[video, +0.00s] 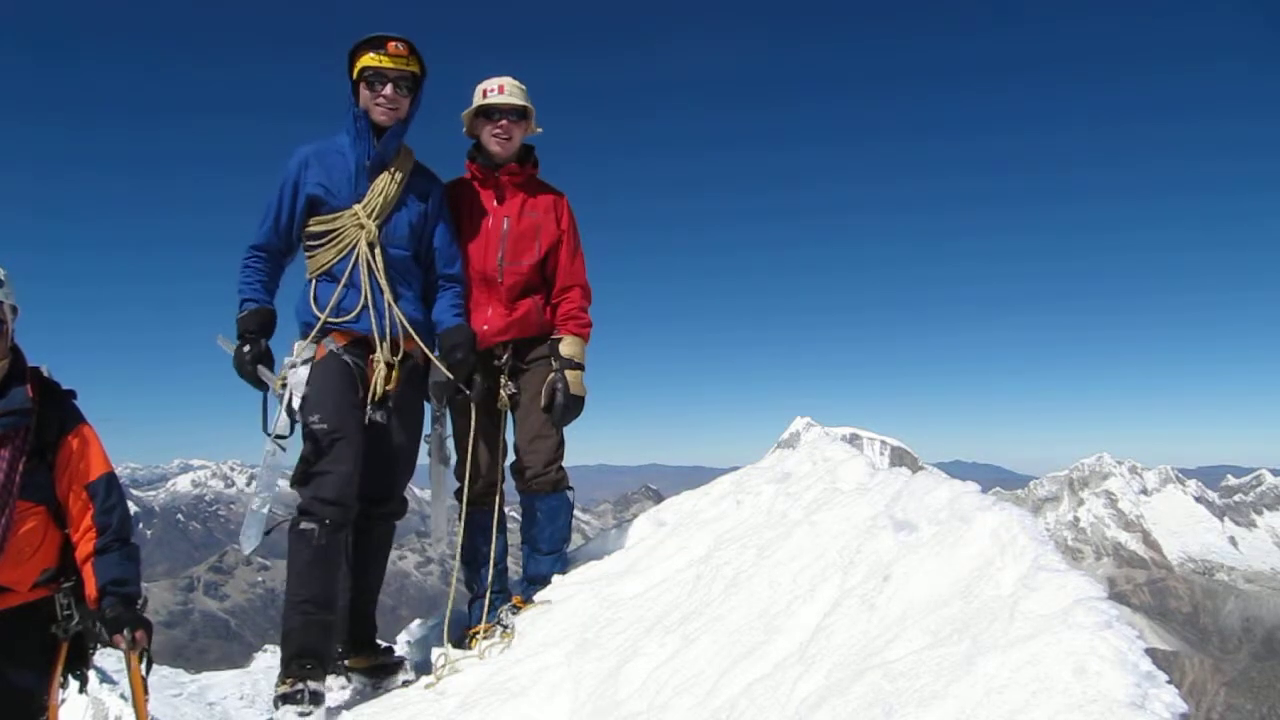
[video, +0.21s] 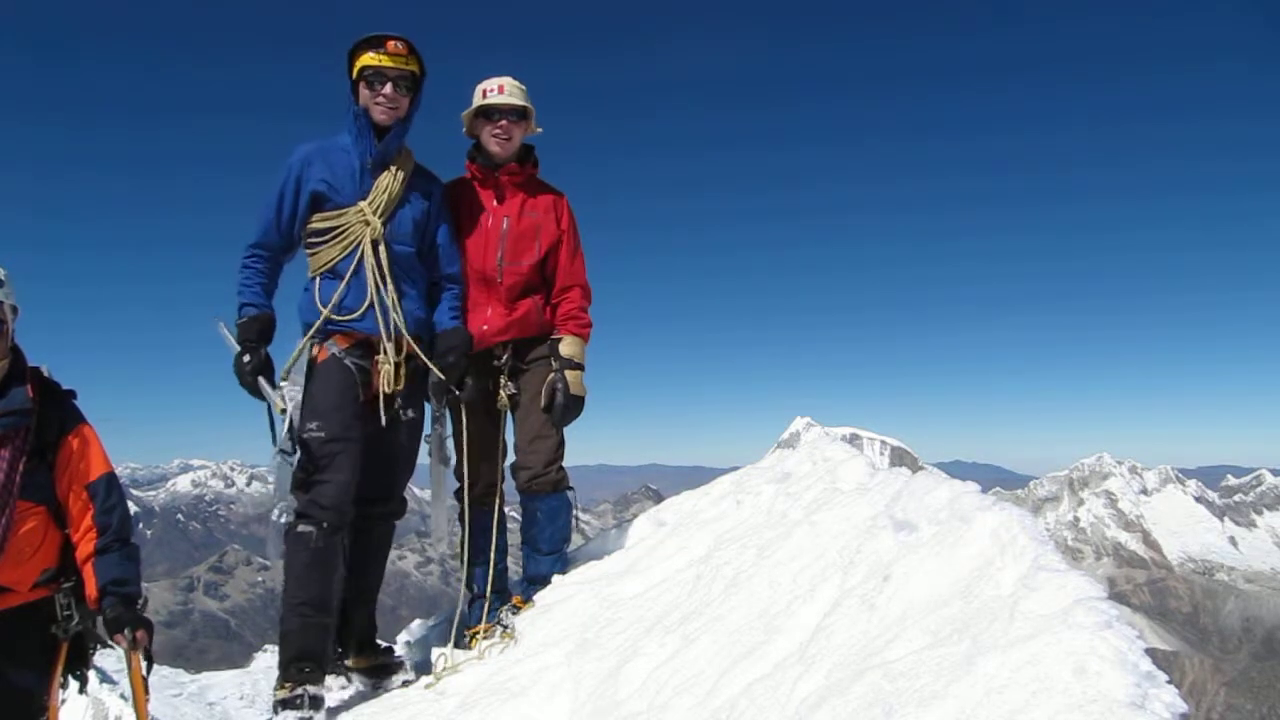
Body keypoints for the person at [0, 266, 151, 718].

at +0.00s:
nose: (0, 329)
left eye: (1, 317)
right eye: (1, 316)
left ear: (11, 320)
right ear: (7, 320)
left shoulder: (46, 410)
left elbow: (97, 509)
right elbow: (98, 509)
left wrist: (115, 596)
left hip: (23, 617)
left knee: (20, 705)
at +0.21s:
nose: (1, 329)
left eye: (2, 316)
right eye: (1, 316)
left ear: (11, 320)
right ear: (7, 320)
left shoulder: (46, 409)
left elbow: (97, 509)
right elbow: (98, 509)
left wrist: (116, 597)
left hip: (24, 618)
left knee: (21, 706)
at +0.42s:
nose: (0, 329)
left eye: (1, 317)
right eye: (1, 317)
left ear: (11, 320)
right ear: (7, 321)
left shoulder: (46, 410)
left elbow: (97, 510)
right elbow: (98, 510)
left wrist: (116, 597)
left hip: (23, 618)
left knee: (21, 705)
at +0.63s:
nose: (1, 330)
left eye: (1, 317)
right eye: (2, 317)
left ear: (10, 321)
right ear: (7, 321)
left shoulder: (46, 411)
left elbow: (97, 510)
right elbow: (98, 510)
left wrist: (116, 597)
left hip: (24, 618)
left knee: (21, 705)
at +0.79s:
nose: (1, 329)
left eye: (1, 317)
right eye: (2, 317)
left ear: (10, 321)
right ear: (8, 321)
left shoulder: (45, 410)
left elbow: (97, 509)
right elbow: (97, 509)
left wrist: (116, 596)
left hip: (24, 619)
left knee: (21, 705)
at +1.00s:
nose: (1, 328)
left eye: (1, 316)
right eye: (1, 316)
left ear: (10, 319)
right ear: (7, 320)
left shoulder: (45, 409)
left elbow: (97, 507)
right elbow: (98, 507)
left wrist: (118, 596)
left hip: (24, 620)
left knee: (20, 704)